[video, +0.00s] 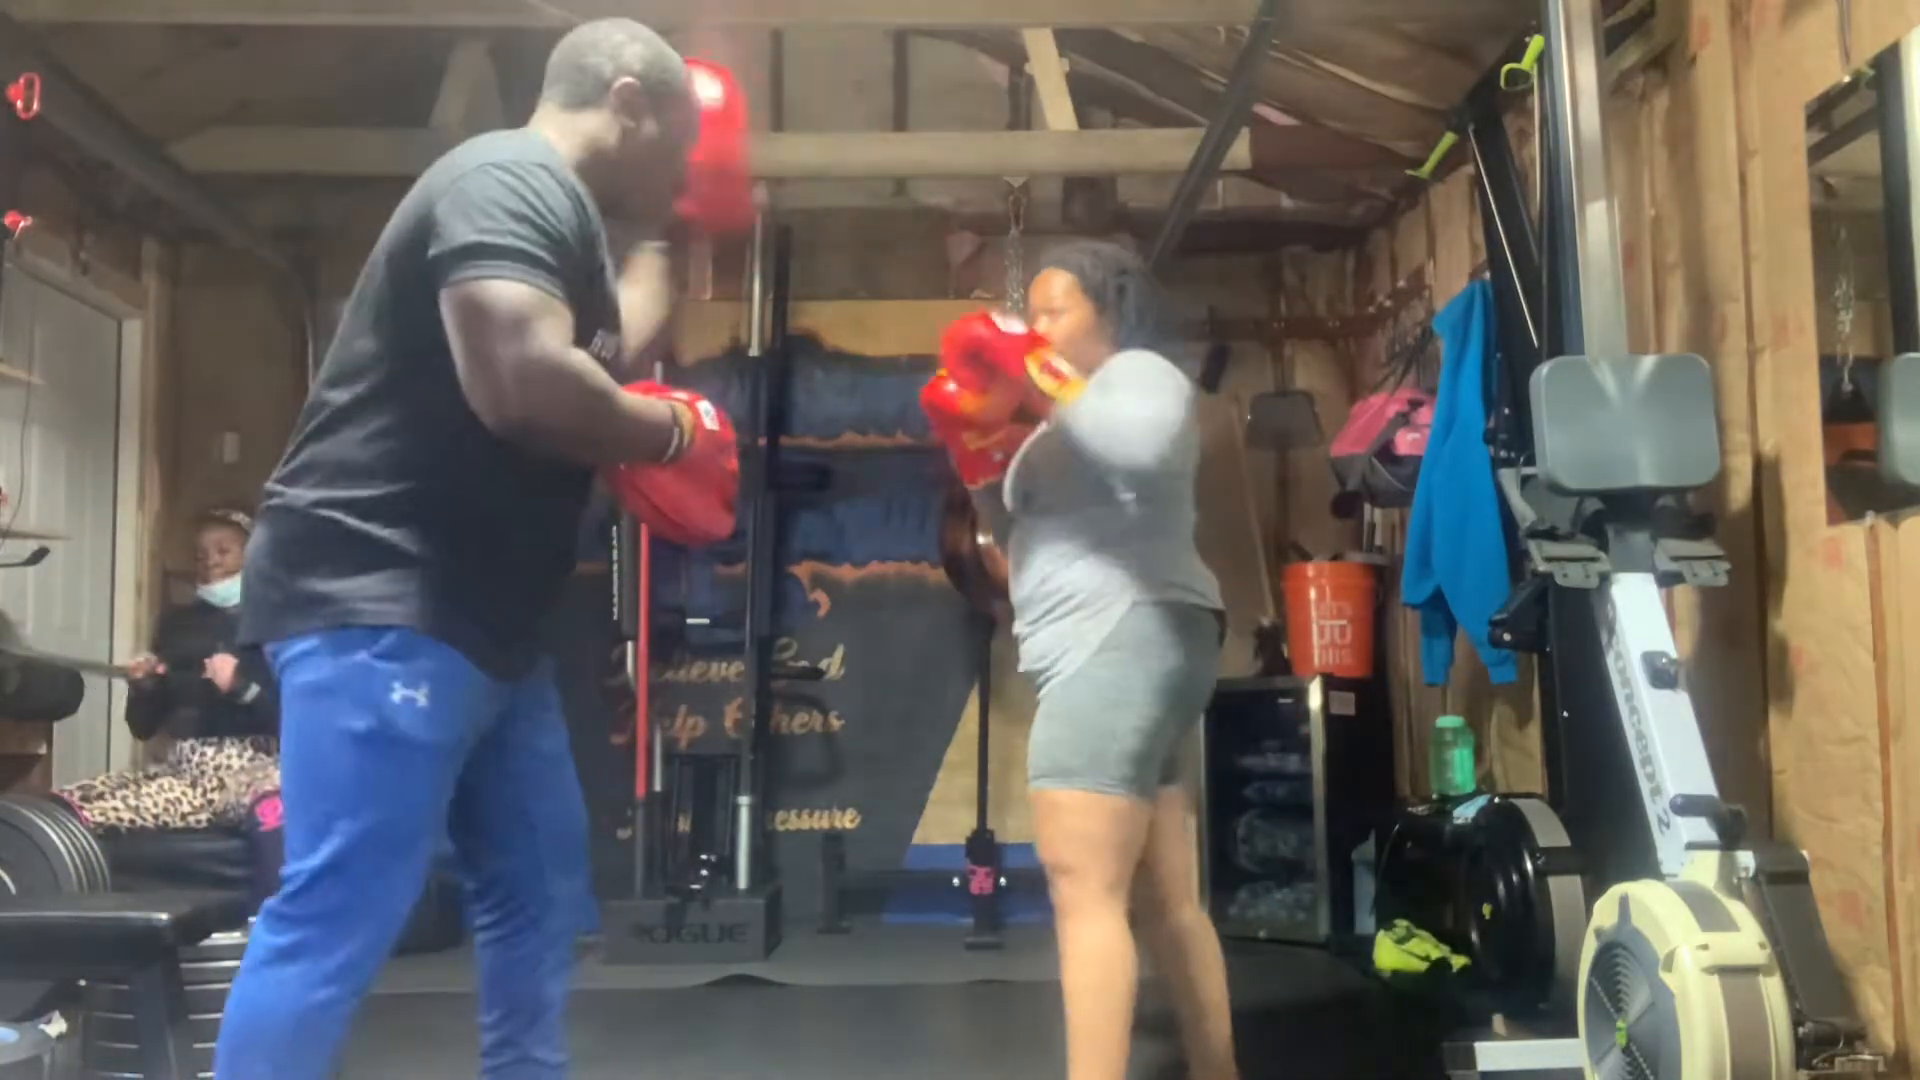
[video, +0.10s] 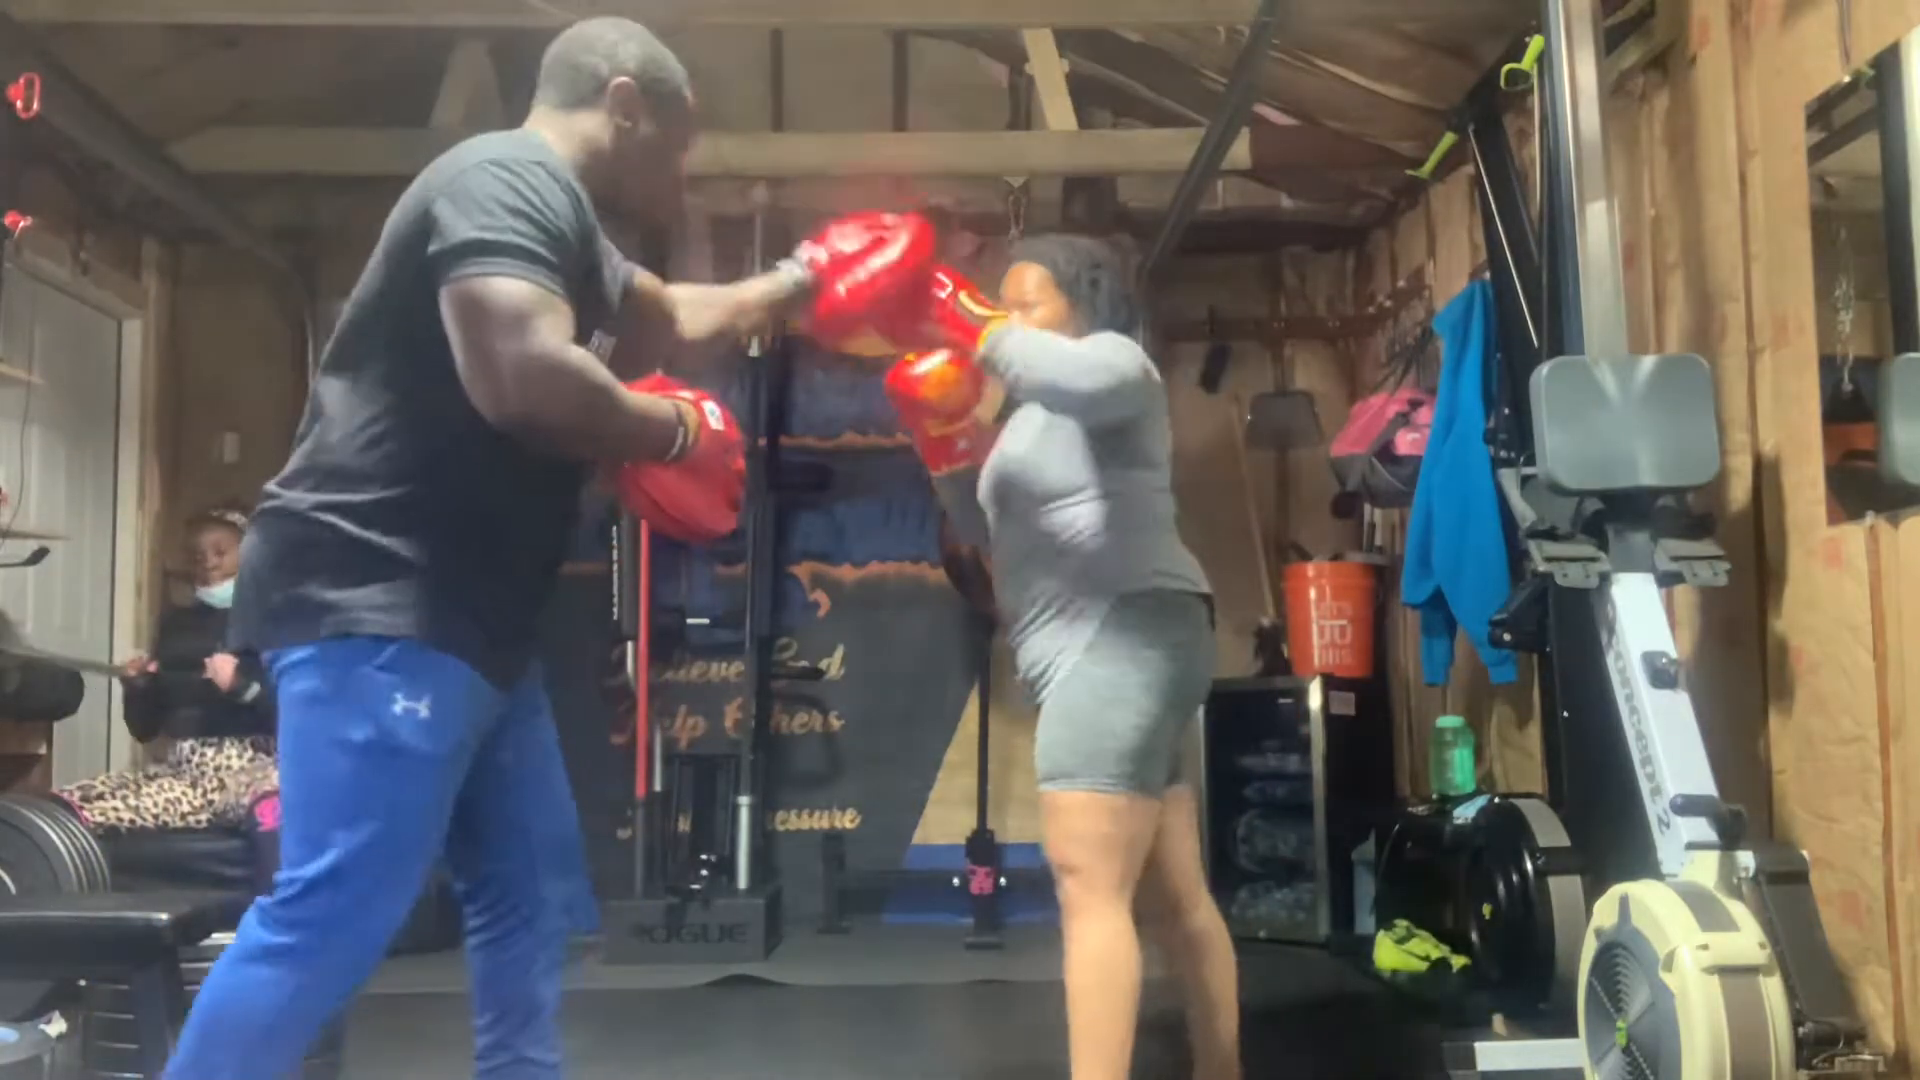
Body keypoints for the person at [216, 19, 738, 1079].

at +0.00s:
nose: (684, 169)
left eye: (691, 143)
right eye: (684, 137)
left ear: (609, 105)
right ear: (629, 100)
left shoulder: (564, 222)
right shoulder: (506, 176)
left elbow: (607, 367)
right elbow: (518, 381)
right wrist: (665, 428)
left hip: (487, 621)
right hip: (379, 602)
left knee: (538, 904)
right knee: (335, 920)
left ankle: (524, 1073)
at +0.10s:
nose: (683, 173)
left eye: (689, 147)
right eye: (682, 140)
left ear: (603, 108)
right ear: (624, 101)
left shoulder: (568, 226)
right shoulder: (501, 176)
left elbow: (672, 320)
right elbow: (520, 378)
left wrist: (797, 283)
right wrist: (674, 425)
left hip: (474, 620)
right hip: (377, 600)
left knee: (528, 904)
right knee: (333, 917)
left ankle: (519, 1073)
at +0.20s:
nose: (674, 179)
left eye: (679, 154)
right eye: (673, 147)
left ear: (597, 112)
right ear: (616, 110)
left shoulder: (556, 229)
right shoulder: (495, 190)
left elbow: (598, 363)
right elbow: (524, 394)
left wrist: (723, 311)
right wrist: (669, 456)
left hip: (478, 639)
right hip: (367, 622)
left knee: (561, 868)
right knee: (285, 929)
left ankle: (534, 1071)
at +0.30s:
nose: (676, 209)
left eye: (683, 182)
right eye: (677, 175)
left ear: (585, 130)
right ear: (626, 132)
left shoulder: (557, 247)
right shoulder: (516, 220)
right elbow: (567, 438)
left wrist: (652, 410)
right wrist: (670, 501)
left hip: (488, 658)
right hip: (380, 644)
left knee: (607, 859)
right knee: (270, 949)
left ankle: (557, 1069)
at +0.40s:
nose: (724, 210)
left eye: (729, 186)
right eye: (723, 180)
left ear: (611, 141)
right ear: (670, 144)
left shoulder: (545, 233)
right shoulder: (593, 244)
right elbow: (701, 488)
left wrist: (713, 370)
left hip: (511, 656)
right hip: (421, 645)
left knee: (625, 864)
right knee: (295, 949)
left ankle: (574, 1071)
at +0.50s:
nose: (795, 210)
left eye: (799, 185)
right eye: (792, 180)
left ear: (694, 147)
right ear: (741, 149)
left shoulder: (640, 228)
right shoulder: (684, 243)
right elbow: (780, 471)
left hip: (569, 629)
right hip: (477, 618)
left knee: (643, 885)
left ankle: (579, 1069)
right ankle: (269, 1078)